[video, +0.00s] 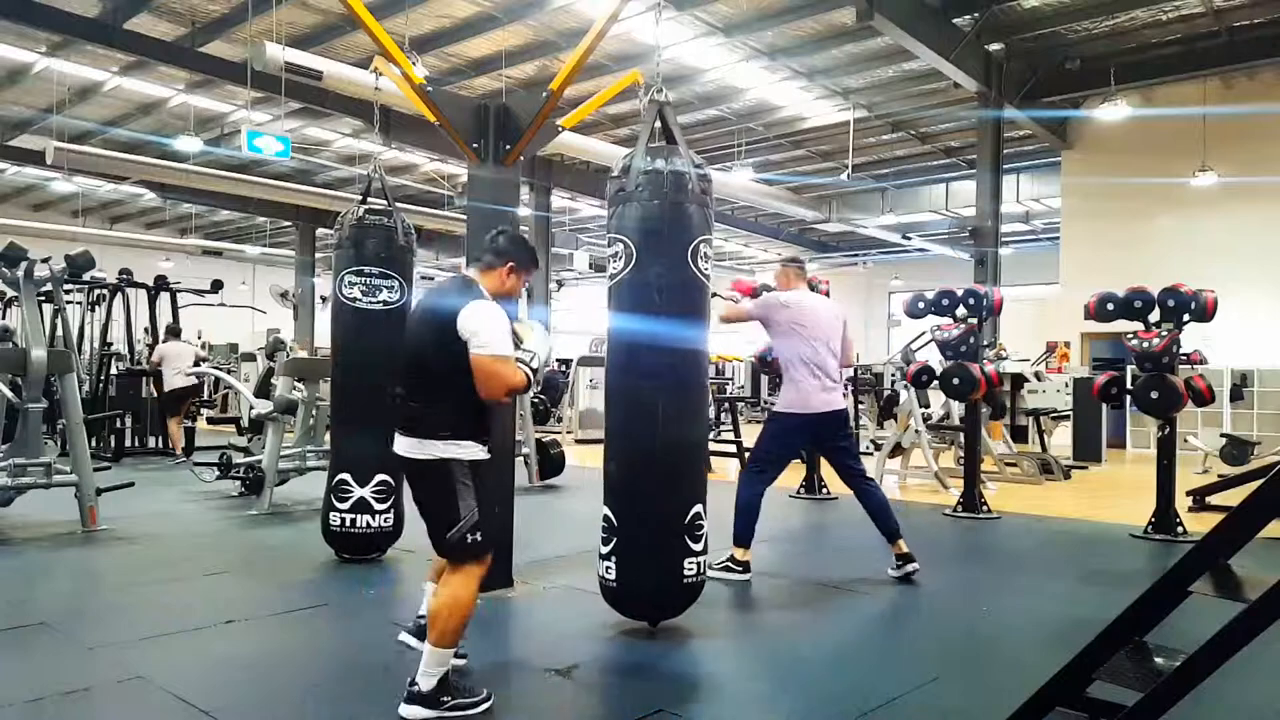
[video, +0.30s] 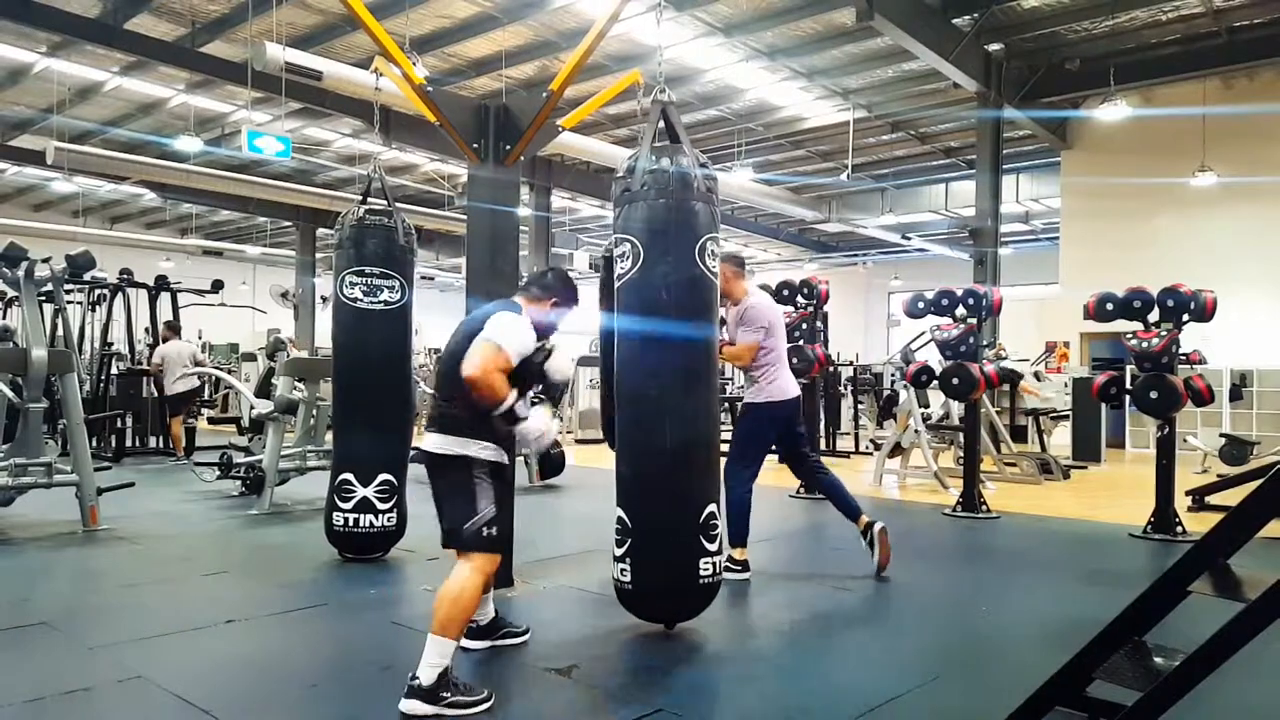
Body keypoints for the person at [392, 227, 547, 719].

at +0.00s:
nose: (521, 293)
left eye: (523, 284)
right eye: (523, 283)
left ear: (486, 262)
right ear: (508, 270)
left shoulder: (438, 295)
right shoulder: (481, 309)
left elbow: (448, 369)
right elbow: (495, 385)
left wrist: (510, 363)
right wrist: (530, 370)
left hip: (420, 445)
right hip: (448, 450)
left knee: (456, 545)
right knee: (471, 560)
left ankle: (427, 620)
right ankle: (429, 685)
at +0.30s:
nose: (559, 324)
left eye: (563, 316)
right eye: (561, 314)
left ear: (532, 295)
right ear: (550, 303)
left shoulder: (498, 314)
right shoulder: (515, 321)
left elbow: (499, 381)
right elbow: (477, 370)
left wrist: (541, 375)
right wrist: (520, 413)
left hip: (463, 445)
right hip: (468, 448)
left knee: (481, 544)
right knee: (479, 558)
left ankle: (480, 621)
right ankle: (428, 680)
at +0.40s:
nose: (563, 316)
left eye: (563, 311)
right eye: (564, 310)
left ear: (525, 289)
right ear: (554, 301)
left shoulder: (473, 314)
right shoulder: (543, 316)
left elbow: (450, 376)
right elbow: (593, 363)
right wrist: (623, 358)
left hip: (444, 439)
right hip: (483, 444)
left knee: (481, 534)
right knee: (476, 552)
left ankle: (479, 620)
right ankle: (429, 673)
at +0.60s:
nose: (578, 322)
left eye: (580, 317)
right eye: (579, 316)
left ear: (547, 293)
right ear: (570, 302)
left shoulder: (504, 310)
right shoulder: (552, 313)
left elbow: (497, 375)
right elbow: (564, 369)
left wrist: (540, 409)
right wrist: (586, 400)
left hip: (478, 429)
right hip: (489, 432)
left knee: (507, 522)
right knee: (481, 536)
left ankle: (481, 620)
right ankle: (442, 656)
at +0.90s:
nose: (575, 325)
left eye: (579, 319)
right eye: (578, 316)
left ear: (560, 296)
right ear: (565, 298)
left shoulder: (528, 322)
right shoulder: (523, 319)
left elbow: (520, 385)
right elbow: (521, 385)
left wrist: (559, 381)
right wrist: (562, 377)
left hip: (509, 448)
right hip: (478, 445)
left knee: (542, 512)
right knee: (475, 542)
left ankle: (504, 593)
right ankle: (419, 652)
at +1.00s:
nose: (581, 324)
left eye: (586, 317)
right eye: (584, 314)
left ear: (562, 297)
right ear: (567, 298)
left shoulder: (540, 328)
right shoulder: (521, 321)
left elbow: (558, 360)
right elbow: (504, 384)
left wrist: (600, 351)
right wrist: (559, 398)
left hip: (513, 447)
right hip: (483, 443)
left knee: (534, 515)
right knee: (477, 540)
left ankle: (510, 597)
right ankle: (422, 649)